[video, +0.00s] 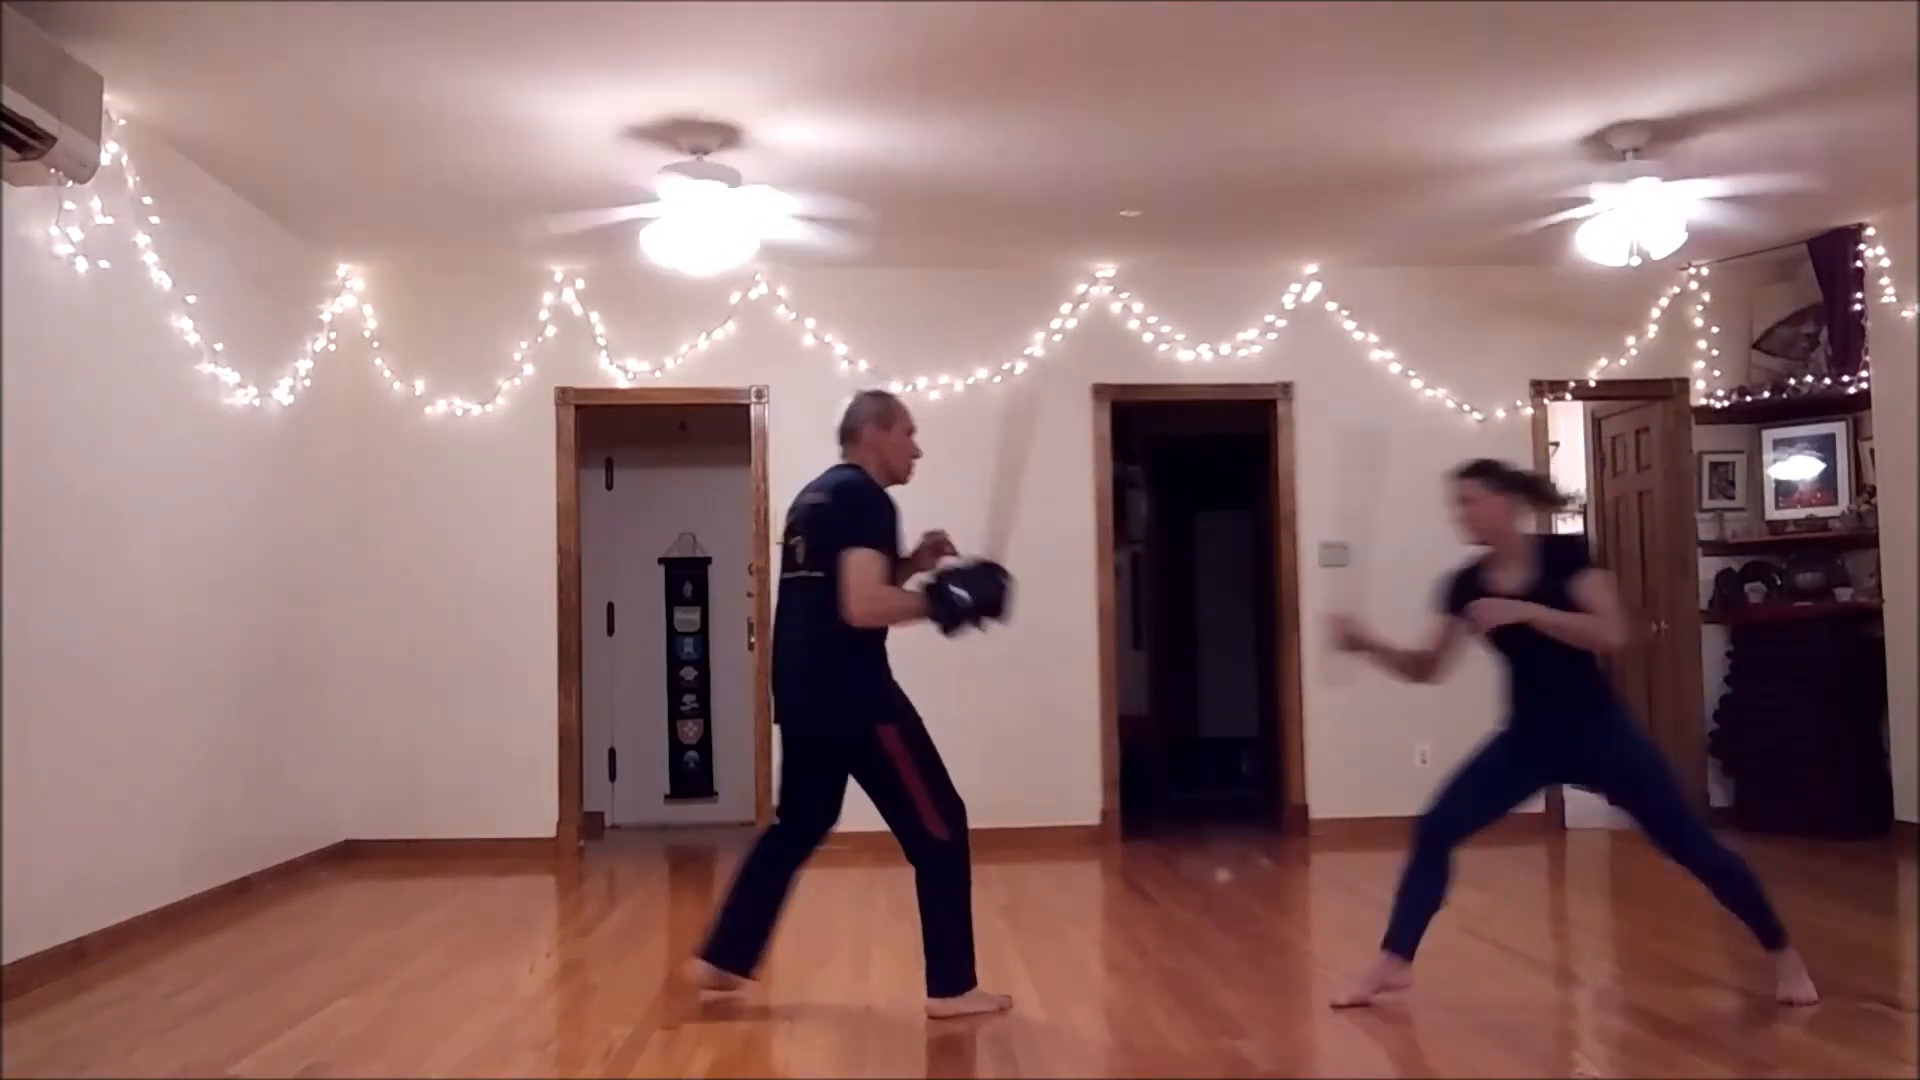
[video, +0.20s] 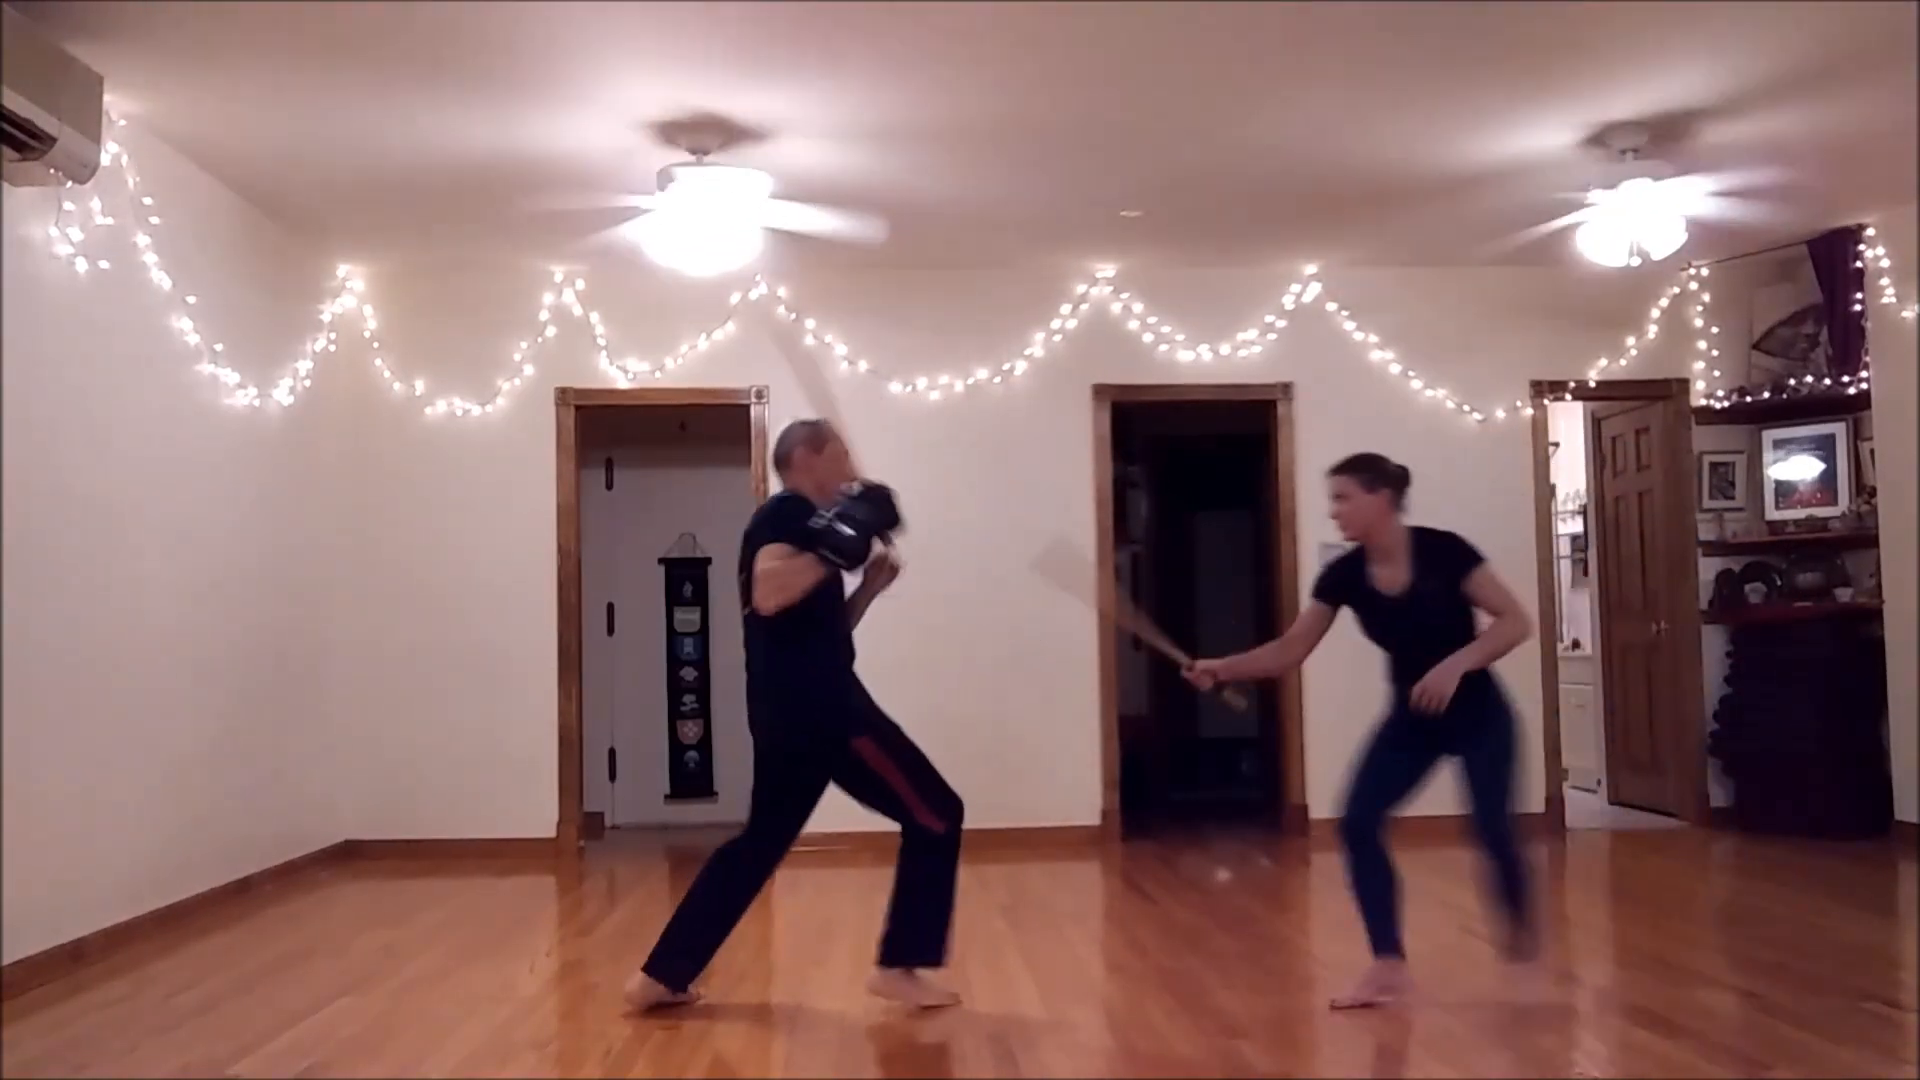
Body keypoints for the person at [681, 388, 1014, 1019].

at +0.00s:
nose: (917, 446)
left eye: (914, 434)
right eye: (907, 433)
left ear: (863, 436)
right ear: (872, 434)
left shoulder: (815, 496)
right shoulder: (864, 498)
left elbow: (838, 590)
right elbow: (865, 605)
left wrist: (911, 563)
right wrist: (942, 598)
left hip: (804, 695)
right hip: (858, 694)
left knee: (801, 822)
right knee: (939, 828)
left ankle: (722, 959)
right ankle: (952, 987)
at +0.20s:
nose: (849, 471)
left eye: (847, 459)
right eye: (841, 458)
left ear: (799, 460)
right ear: (808, 458)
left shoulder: (798, 526)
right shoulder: (787, 512)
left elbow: (826, 635)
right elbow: (769, 594)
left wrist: (870, 589)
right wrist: (838, 543)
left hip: (790, 714)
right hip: (825, 707)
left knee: (762, 843)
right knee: (936, 813)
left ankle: (662, 975)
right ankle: (901, 966)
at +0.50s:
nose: (876, 467)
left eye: (873, 456)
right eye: (864, 458)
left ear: (823, 470)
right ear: (824, 468)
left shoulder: (805, 533)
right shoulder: (829, 532)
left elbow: (917, 601)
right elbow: (923, 599)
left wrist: (955, 532)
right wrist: (959, 525)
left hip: (810, 733)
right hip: (853, 727)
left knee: (770, 850)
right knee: (986, 826)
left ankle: (664, 971)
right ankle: (1016, 989)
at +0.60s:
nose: (925, 459)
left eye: (920, 446)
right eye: (910, 448)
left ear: (872, 466)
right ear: (874, 463)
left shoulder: (838, 525)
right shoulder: (903, 527)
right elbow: (1013, 587)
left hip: (834, 729)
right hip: (890, 726)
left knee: (784, 840)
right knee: (1010, 836)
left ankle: (672, 958)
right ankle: (1071, 999)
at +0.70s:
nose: (993, 463)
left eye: (991, 450)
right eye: (983, 452)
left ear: (932, 459)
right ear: (948, 457)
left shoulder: (887, 515)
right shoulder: (967, 528)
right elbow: (1073, 593)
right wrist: (1144, 597)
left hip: (868, 716)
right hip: (926, 718)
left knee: (844, 839)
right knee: (1048, 833)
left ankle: (709, 939)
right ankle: (1074, 1001)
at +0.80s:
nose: (1043, 467)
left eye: (1042, 453)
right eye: (1032, 454)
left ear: (976, 457)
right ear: (988, 455)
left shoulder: (921, 506)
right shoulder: (1006, 533)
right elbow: (1085, 634)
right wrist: (1149, 658)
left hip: (892, 708)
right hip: (954, 713)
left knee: (901, 834)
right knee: (1071, 839)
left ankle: (787, 935)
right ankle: (1078, 1002)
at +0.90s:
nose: (1064, 462)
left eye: (1063, 448)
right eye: (1054, 448)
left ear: (998, 449)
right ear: (1008, 447)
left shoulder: (938, 501)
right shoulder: (1021, 530)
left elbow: (973, 595)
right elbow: (1070, 649)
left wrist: (1060, 599)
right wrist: (1145, 701)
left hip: (913, 709)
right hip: (978, 711)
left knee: (930, 834)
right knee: (1079, 845)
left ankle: (847, 968)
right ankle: (1083, 1008)